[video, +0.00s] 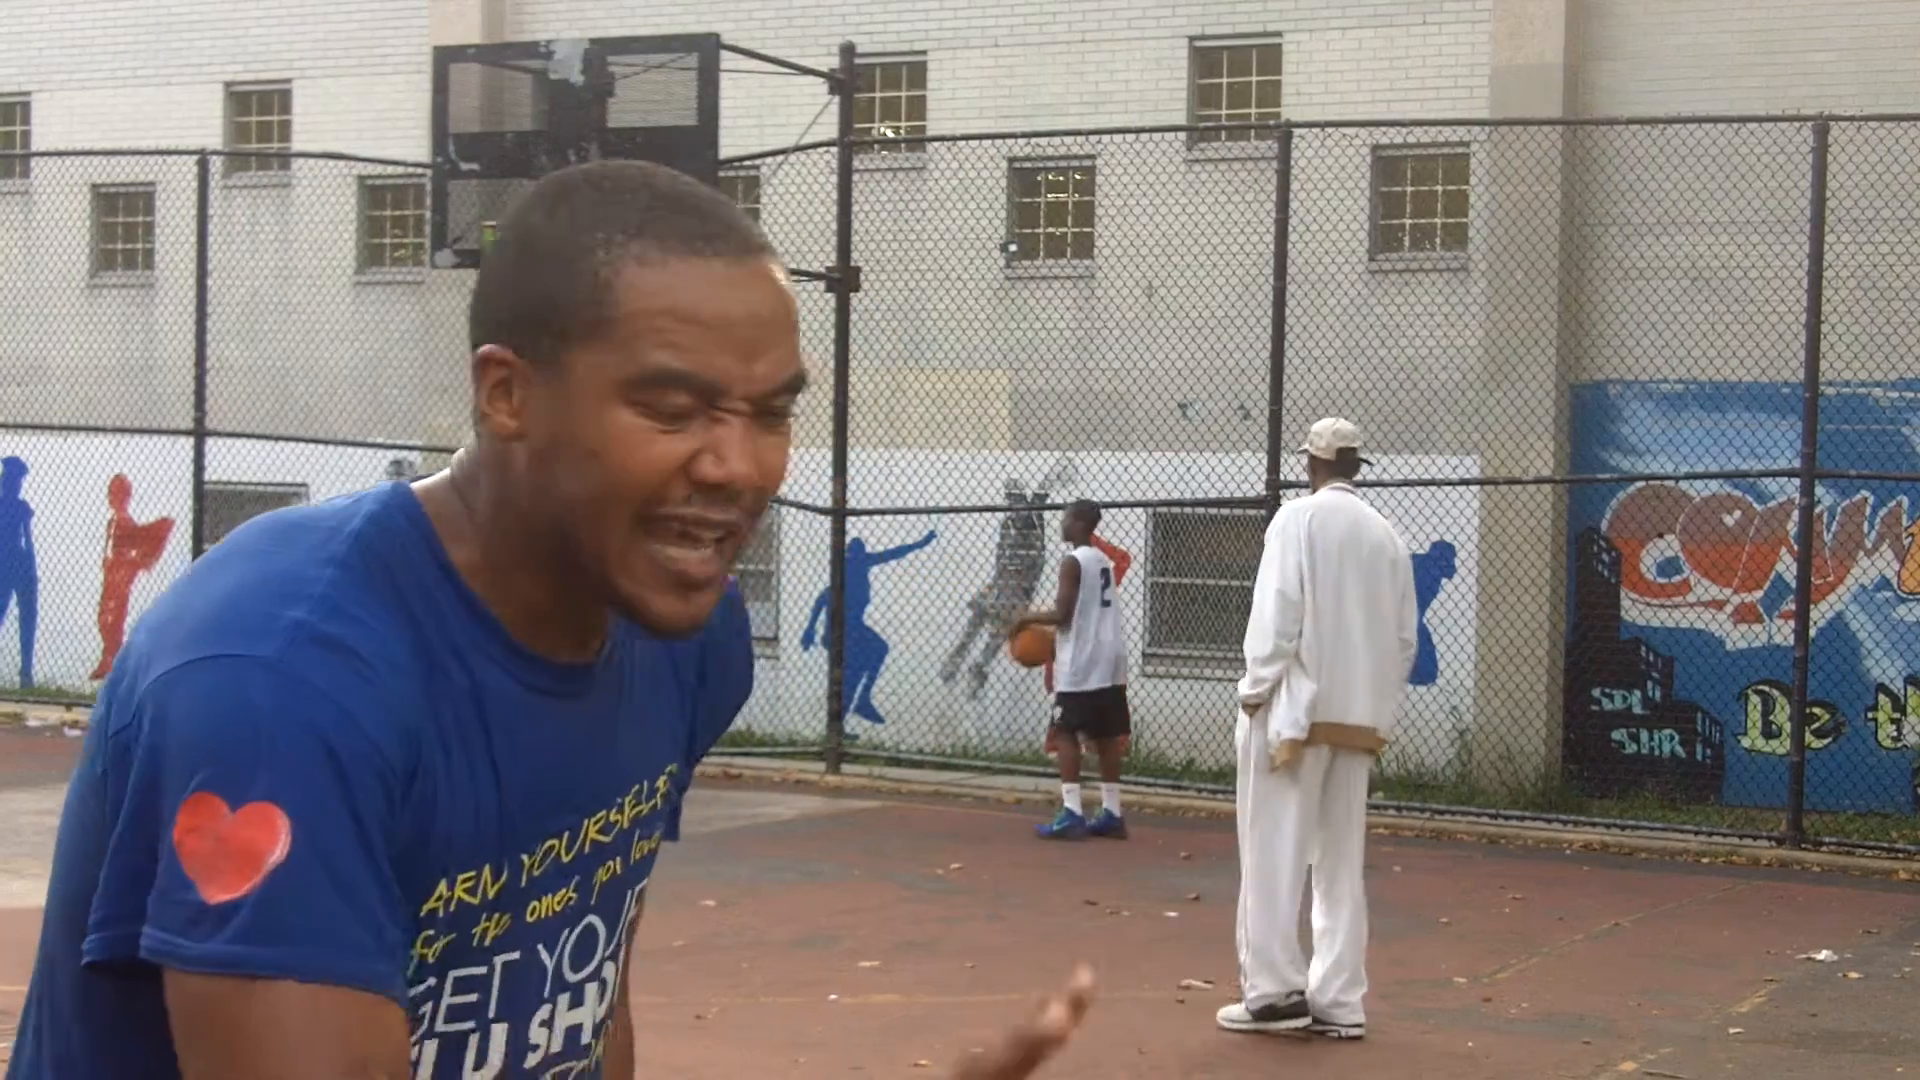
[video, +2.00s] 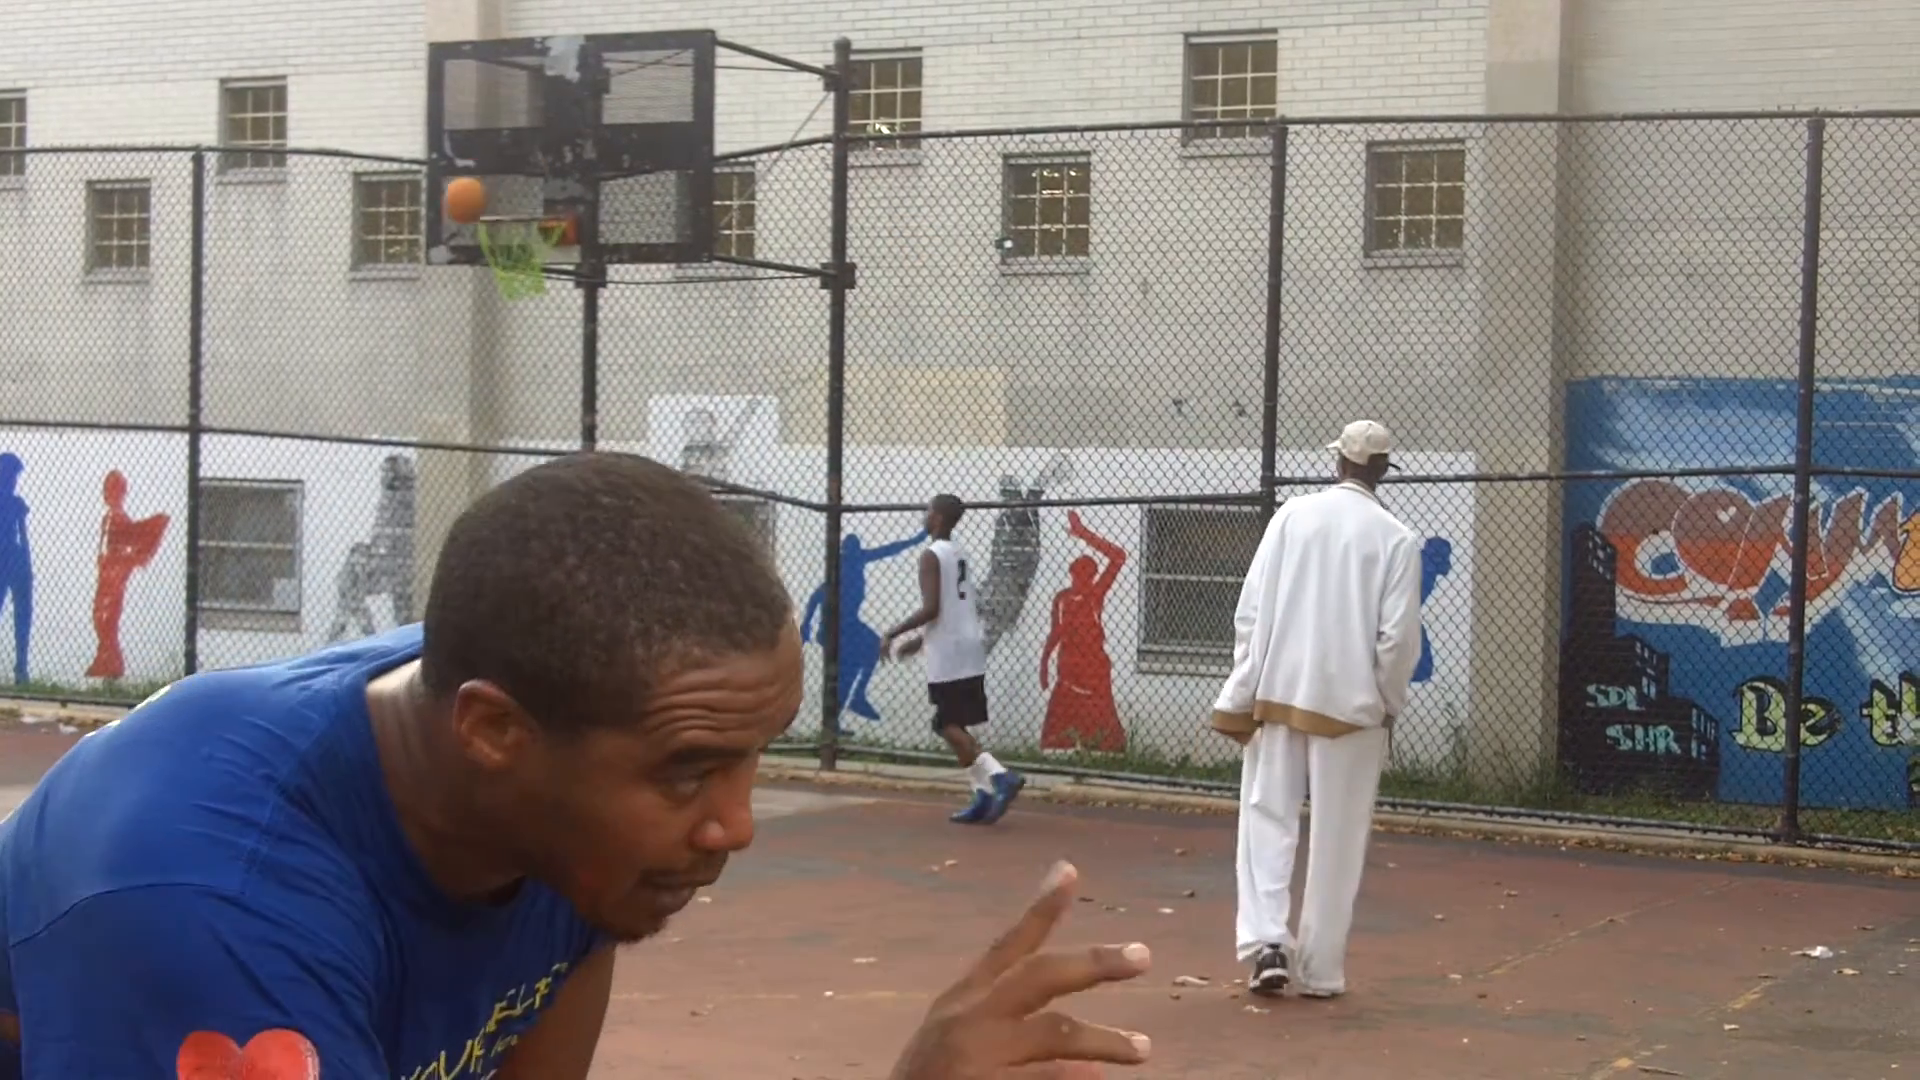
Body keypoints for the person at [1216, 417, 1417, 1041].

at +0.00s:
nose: (1304, 471)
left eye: (1306, 463)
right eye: (1311, 462)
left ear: (1313, 465)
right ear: (1358, 468)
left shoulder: (1297, 517)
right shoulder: (1390, 537)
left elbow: (1276, 618)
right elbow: (1405, 638)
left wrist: (1252, 695)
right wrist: (1382, 709)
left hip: (1292, 710)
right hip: (1359, 716)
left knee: (1272, 852)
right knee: (1340, 858)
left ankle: (1274, 991)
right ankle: (1340, 1004)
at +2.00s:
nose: (1360, 471)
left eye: (1346, 461)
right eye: (1375, 466)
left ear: (1336, 463)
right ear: (1383, 470)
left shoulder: (1290, 517)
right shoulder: (1395, 538)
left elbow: (1250, 613)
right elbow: (1396, 637)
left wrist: (1243, 690)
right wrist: (1390, 705)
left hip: (1277, 692)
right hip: (1350, 701)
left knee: (1266, 818)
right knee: (1339, 833)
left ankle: (1265, 942)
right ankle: (1321, 972)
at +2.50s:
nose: (1394, 478)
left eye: (1376, 466)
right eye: (1400, 472)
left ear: (1357, 469)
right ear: (1402, 475)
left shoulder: (1313, 522)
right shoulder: (1408, 538)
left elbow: (1277, 620)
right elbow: (1407, 635)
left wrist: (1286, 691)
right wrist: (1412, 704)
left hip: (1306, 698)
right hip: (1371, 704)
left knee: (1323, 827)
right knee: (1353, 832)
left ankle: (1358, 942)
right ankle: (1323, 965)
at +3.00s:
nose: (1399, 477)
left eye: (1380, 470)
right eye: (1404, 470)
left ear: (1364, 476)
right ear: (1408, 474)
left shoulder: (1333, 532)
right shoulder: (1434, 530)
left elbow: (1312, 629)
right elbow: (1447, 623)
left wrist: (1316, 703)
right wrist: (1461, 692)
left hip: (1349, 695)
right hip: (1417, 694)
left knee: (1354, 822)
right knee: (1424, 826)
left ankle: (1358, 950)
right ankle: (1382, 930)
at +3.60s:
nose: (1482, 482)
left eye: (1465, 470)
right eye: (1493, 476)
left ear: (1451, 472)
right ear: (1497, 479)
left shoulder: (1405, 520)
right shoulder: (1509, 542)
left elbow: (1367, 612)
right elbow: (1512, 634)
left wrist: (1361, 685)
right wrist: (1501, 698)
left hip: (1392, 688)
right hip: (1466, 696)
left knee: (1373, 818)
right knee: (1461, 827)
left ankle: (1365, 938)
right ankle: (1460, 960)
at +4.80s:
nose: (1396, 478)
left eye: (1400, 469)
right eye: (1397, 469)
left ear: (1419, 471)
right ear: (1447, 473)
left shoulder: (1405, 527)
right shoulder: (1490, 531)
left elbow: (1394, 624)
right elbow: (1515, 621)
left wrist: (1379, 693)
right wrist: (1500, 690)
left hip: (1420, 699)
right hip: (1478, 699)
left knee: (1416, 826)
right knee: (1472, 823)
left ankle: (1432, 957)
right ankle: (1473, 955)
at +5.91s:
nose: (1398, 477)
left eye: (1402, 469)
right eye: (1399, 468)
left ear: (1421, 470)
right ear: (1447, 472)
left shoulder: (1413, 525)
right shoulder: (1486, 531)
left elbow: (1404, 622)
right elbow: (1504, 622)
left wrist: (1387, 691)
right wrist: (1486, 689)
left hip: (1420, 697)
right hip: (1472, 699)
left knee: (1415, 827)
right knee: (1463, 824)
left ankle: (1430, 956)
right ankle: (1479, 954)